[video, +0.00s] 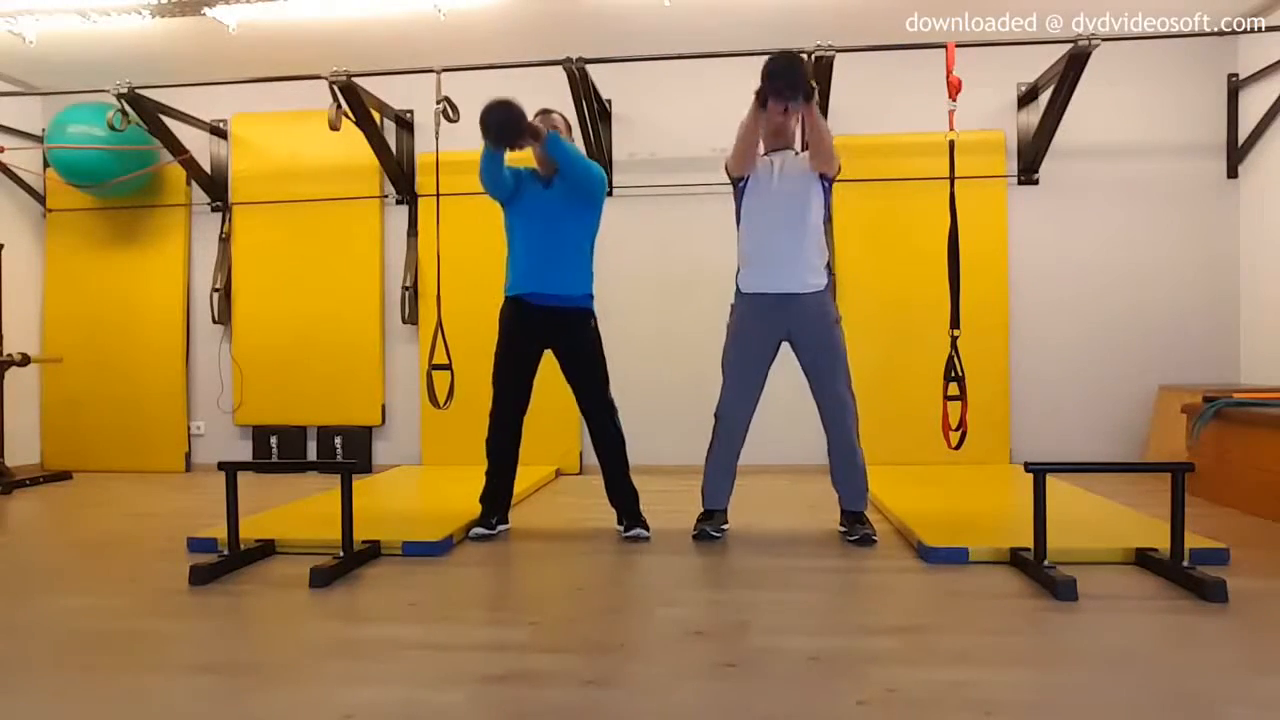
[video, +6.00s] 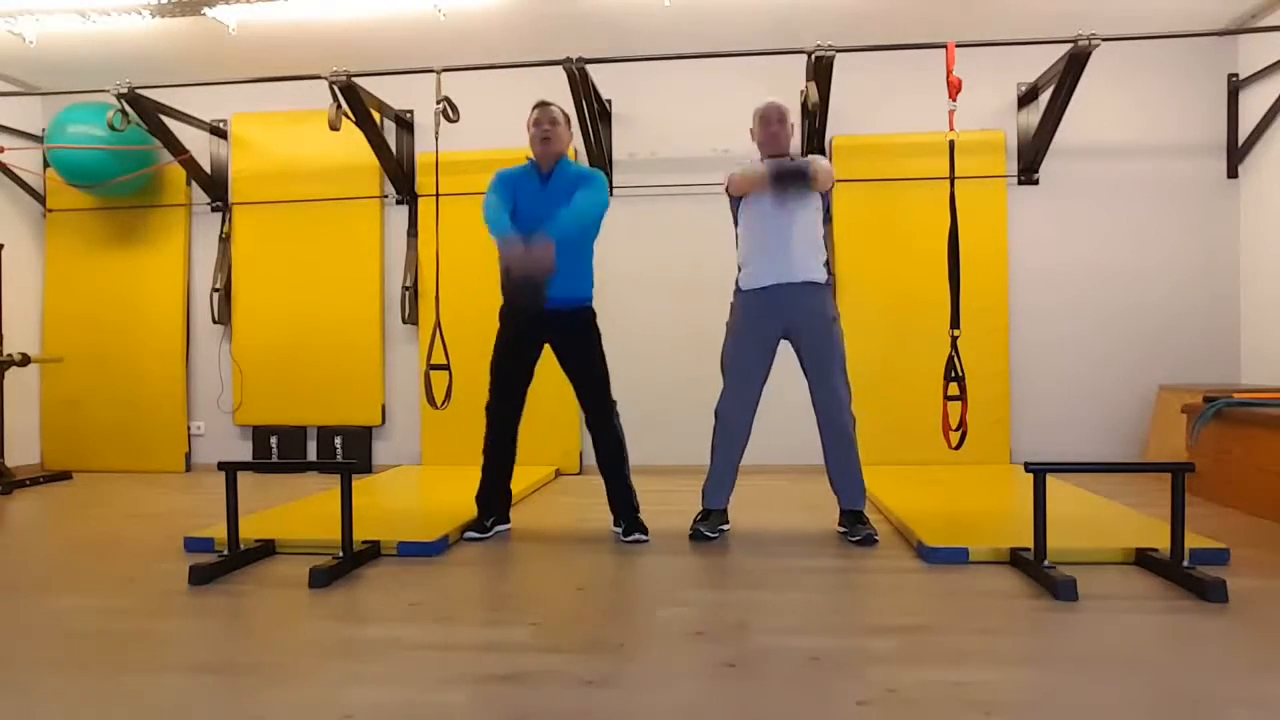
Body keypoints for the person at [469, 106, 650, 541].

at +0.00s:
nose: (549, 135)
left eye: (557, 130)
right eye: (542, 132)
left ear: (572, 140)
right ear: (530, 141)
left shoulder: (591, 181)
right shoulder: (517, 182)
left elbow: (564, 158)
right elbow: (491, 178)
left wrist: (537, 134)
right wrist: (495, 140)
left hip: (574, 313)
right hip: (521, 311)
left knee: (600, 414)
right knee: (505, 414)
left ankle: (630, 517)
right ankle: (494, 514)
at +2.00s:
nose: (545, 151)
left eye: (554, 145)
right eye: (538, 146)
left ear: (569, 156)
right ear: (528, 157)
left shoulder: (593, 208)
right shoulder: (510, 211)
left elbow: (582, 258)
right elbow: (502, 258)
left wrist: (546, 291)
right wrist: (507, 297)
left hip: (586, 335)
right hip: (531, 337)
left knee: (620, 413)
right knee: (495, 417)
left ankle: (629, 513)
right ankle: (494, 513)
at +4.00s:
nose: (524, 241)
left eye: (533, 231)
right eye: (515, 234)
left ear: (552, 236)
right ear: (507, 241)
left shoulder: (586, 281)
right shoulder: (496, 285)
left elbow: (589, 352)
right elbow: (511, 352)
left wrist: (574, 406)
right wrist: (538, 404)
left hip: (585, 369)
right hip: (528, 371)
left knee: (627, 416)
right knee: (475, 413)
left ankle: (630, 515)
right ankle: (491, 513)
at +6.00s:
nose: (545, 127)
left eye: (553, 122)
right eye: (537, 122)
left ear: (569, 135)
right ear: (527, 136)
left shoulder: (590, 180)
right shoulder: (509, 179)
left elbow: (584, 213)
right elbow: (494, 210)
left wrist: (546, 240)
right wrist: (511, 242)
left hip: (572, 315)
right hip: (520, 315)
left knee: (601, 413)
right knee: (501, 414)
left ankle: (627, 516)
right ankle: (493, 513)